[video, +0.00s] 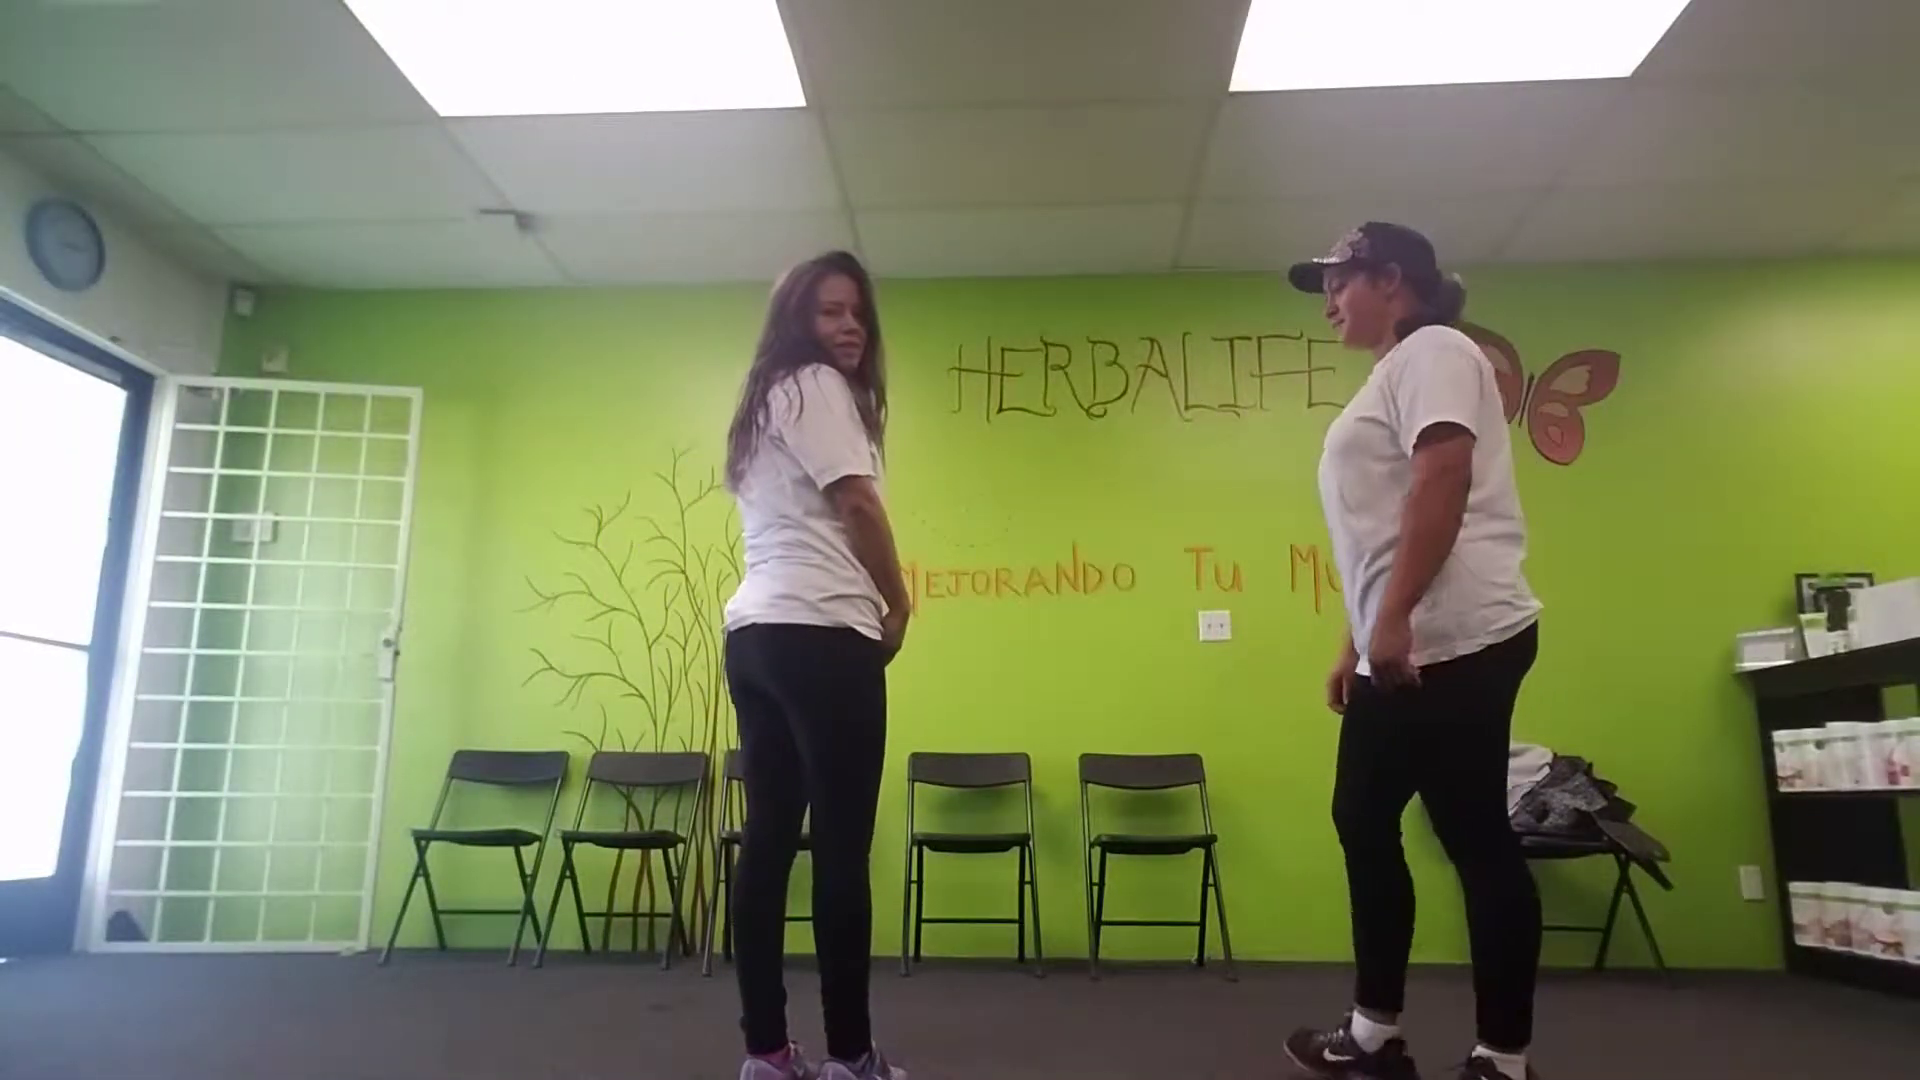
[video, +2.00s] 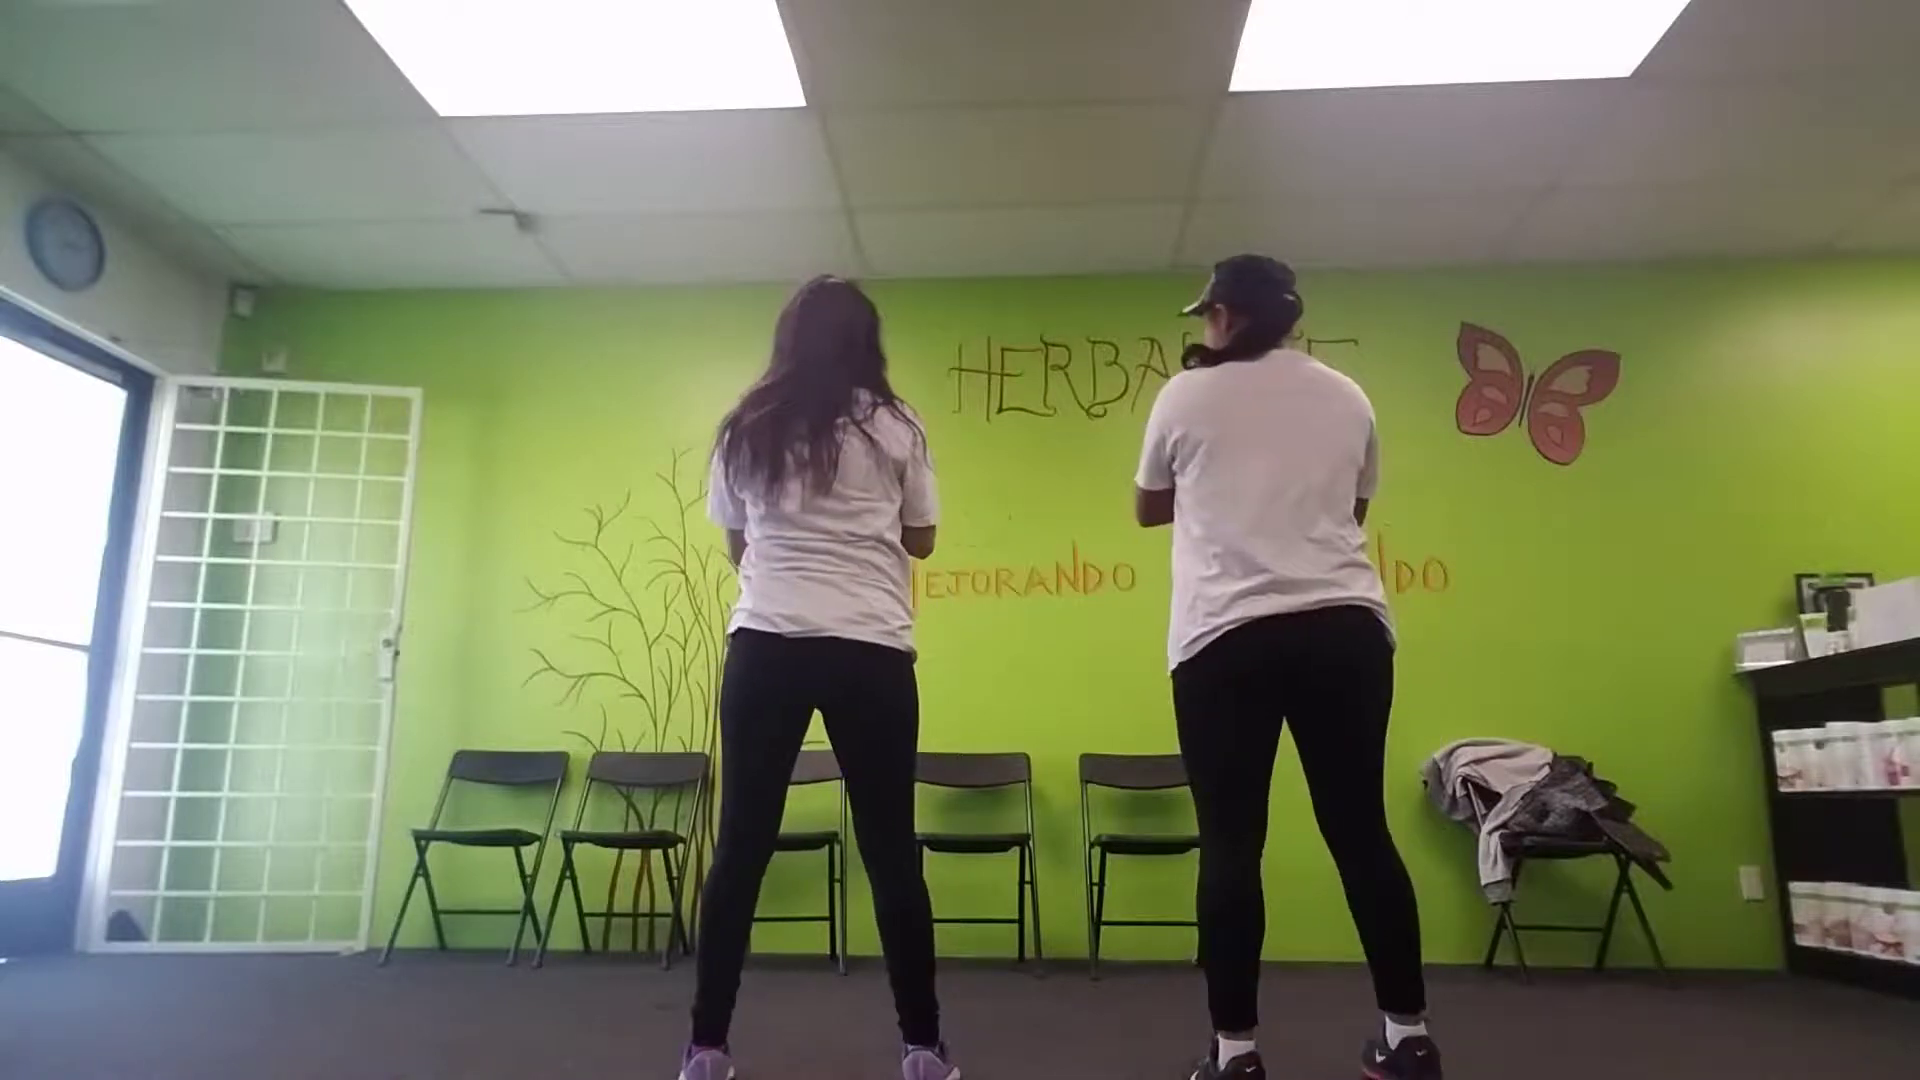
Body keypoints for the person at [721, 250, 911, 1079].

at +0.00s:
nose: (847, 325)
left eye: (855, 312)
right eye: (829, 312)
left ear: (866, 322)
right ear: (796, 320)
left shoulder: (767, 395)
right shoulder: (818, 386)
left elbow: (778, 525)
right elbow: (856, 504)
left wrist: (865, 601)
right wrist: (899, 598)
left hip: (756, 633)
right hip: (821, 631)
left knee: (767, 840)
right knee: (843, 848)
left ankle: (765, 1051)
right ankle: (850, 1056)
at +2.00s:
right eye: (866, 337)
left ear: (786, 340)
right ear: (870, 346)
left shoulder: (748, 423)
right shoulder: (897, 423)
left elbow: (737, 549)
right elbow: (919, 540)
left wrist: (812, 528)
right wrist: (852, 502)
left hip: (766, 648)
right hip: (871, 652)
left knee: (741, 846)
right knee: (893, 854)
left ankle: (706, 1050)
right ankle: (924, 1052)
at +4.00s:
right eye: (888, 491)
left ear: (805, 491)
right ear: (885, 499)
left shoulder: (764, 557)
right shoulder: (904, 562)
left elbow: (751, 643)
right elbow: (959, 660)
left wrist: (816, 636)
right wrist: (891, 620)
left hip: (754, 715)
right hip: (869, 721)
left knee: (719, 866)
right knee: (935, 867)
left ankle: (698, 1048)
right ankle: (935, 1049)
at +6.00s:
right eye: (901, 507)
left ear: (823, 509)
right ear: (899, 515)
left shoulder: (784, 571)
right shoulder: (917, 581)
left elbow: (761, 660)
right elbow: (966, 684)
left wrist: (824, 653)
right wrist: (902, 643)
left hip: (762, 725)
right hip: (874, 732)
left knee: (737, 871)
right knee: (946, 867)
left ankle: (704, 1049)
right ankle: (938, 1048)